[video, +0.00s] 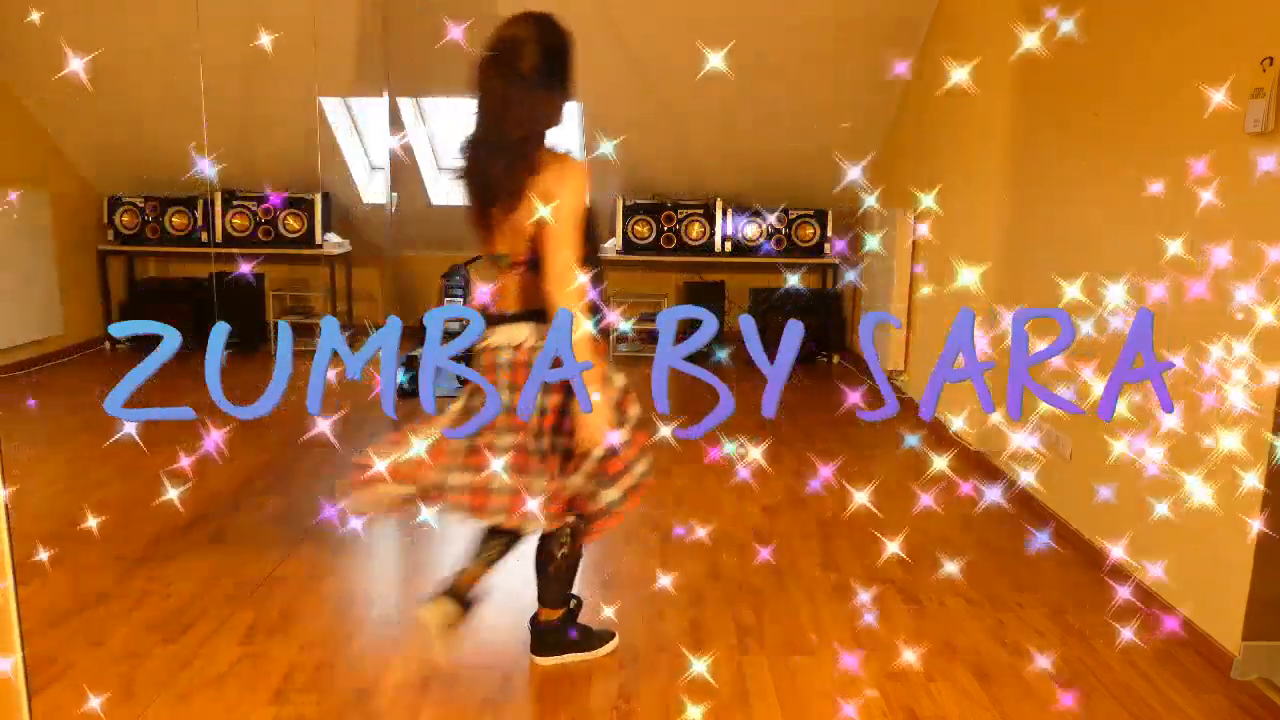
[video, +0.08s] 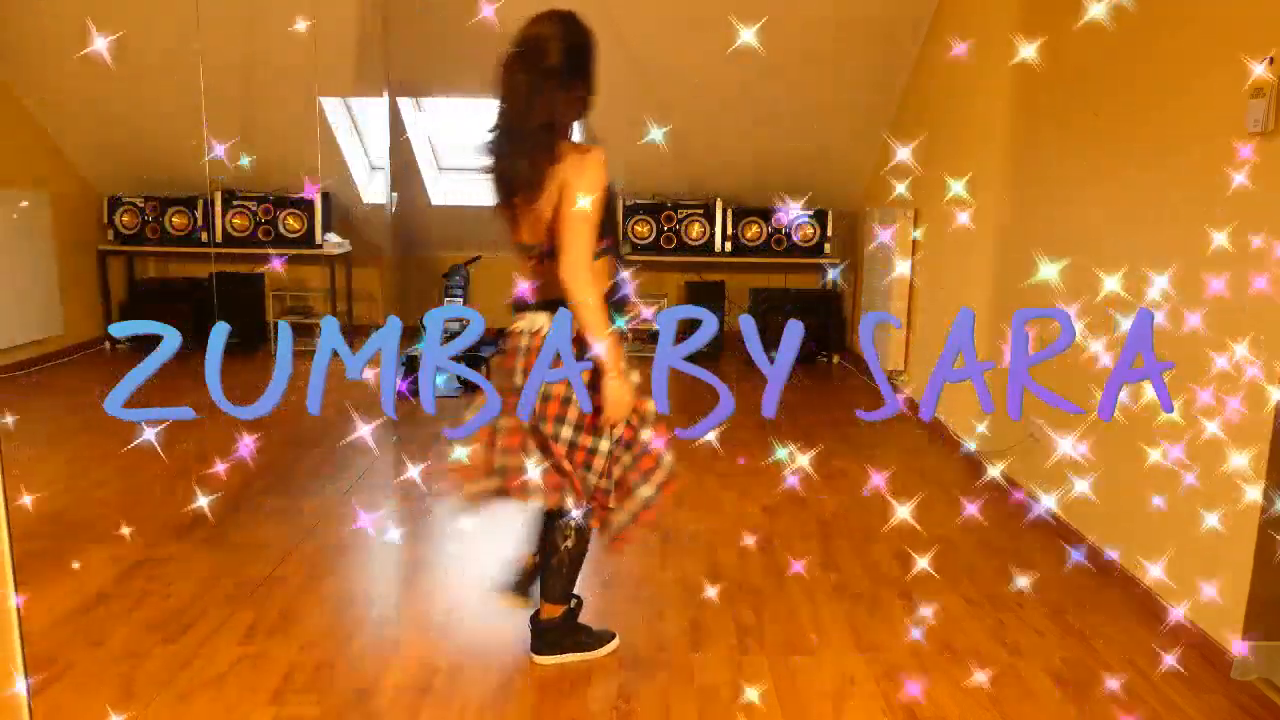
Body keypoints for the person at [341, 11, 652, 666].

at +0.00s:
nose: (566, 91)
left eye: (559, 79)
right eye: (563, 79)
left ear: (491, 84)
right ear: (556, 87)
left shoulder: (483, 163)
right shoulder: (562, 170)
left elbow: (496, 261)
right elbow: (560, 285)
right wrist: (588, 391)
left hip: (498, 338)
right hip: (548, 339)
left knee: (531, 477)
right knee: (581, 476)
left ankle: (462, 587)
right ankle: (554, 620)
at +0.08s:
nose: (591, 90)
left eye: (584, 78)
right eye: (587, 78)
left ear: (519, 78)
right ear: (579, 83)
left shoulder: (513, 158)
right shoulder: (583, 162)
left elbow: (531, 256)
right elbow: (574, 273)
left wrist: (600, 292)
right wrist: (613, 365)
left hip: (532, 329)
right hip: (574, 334)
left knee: (571, 454)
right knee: (588, 471)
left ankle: (538, 560)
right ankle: (555, 620)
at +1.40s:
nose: (647, 118)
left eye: (658, 109)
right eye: (637, 108)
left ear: (672, 117)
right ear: (624, 115)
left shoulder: (692, 173)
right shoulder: (604, 172)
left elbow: (699, 247)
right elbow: (581, 240)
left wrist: (704, 309)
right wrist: (552, 303)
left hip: (662, 309)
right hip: (607, 305)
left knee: (636, 418)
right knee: (603, 408)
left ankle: (637, 498)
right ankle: (612, 495)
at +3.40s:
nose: (748, 100)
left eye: (753, 90)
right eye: (735, 93)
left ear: (763, 101)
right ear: (716, 106)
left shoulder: (759, 160)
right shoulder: (726, 151)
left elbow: (731, 234)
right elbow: (751, 92)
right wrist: (780, 41)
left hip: (769, 306)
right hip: (735, 304)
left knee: (783, 406)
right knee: (686, 407)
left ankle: (795, 510)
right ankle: (620, 495)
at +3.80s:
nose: (683, 148)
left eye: (693, 138)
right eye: (672, 139)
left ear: (706, 147)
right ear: (658, 148)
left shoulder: (719, 218)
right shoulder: (636, 186)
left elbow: (709, 285)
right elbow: (593, 173)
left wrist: (701, 343)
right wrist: (557, 162)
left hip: (667, 336)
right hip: (610, 329)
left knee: (701, 425)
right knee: (614, 432)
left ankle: (682, 485)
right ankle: (599, 516)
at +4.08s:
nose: (665, 113)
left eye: (676, 106)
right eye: (656, 104)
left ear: (689, 120)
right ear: (642, 117)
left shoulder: (689, 178)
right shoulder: (622, 181)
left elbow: (649, 234)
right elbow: (595, 245)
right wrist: (566, 301)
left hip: (665, 315)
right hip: (614, 311)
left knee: (663, 422)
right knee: (603, 413)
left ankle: (652, 496)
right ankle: (597, 510)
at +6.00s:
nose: (637, 100)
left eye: (649, 95)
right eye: (629, 91)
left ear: (662, 113)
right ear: (614, 106)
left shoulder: (661, 165)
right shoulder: (602, 176)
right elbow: (597, 241)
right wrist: (580, 278)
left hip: (654, 303)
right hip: (603, 300)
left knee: (662, 405)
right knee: (593, 404)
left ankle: (664, 490)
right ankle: (591, 503)